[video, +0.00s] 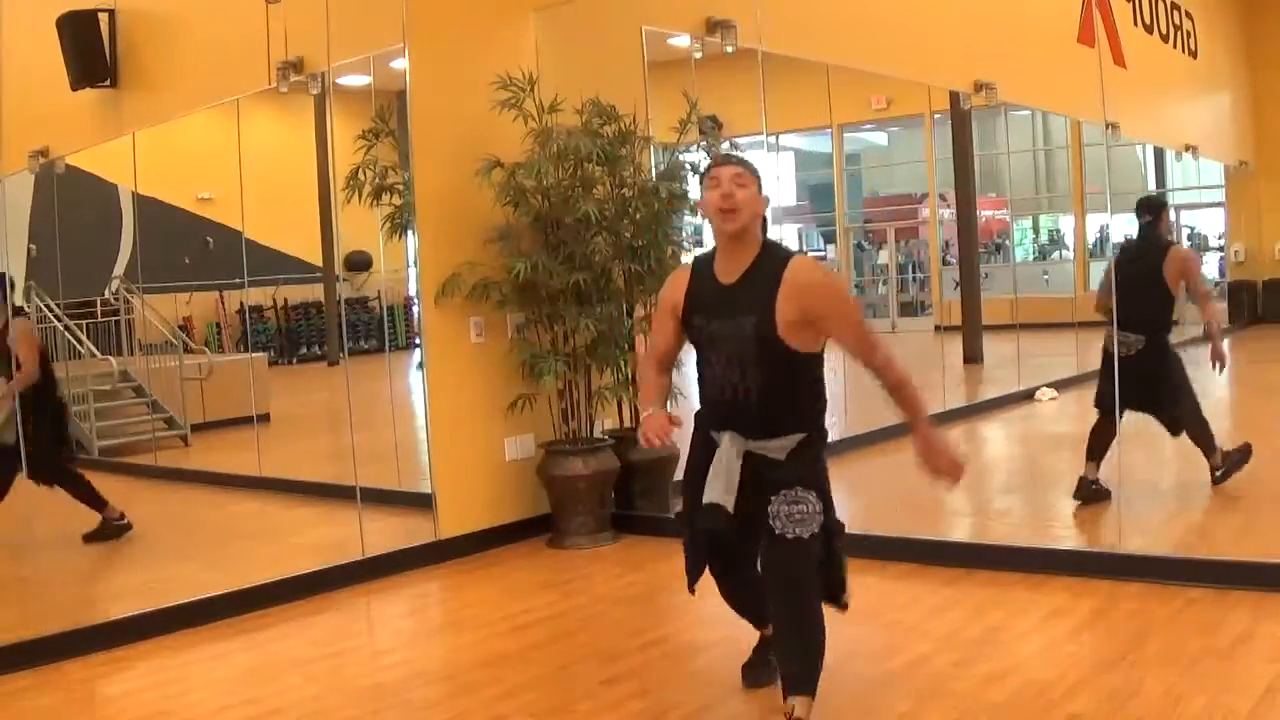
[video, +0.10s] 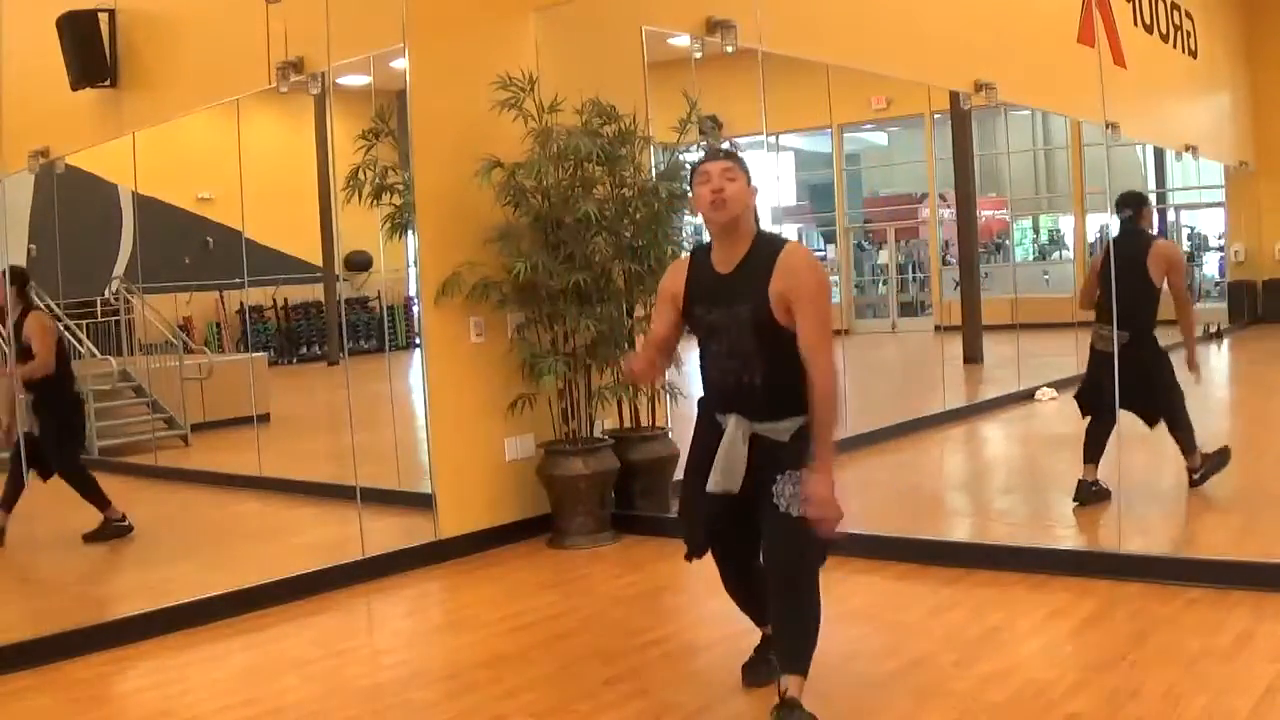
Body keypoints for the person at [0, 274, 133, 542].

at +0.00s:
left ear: (4, 296)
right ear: (7, 295)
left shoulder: (19, 327)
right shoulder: (12, 329)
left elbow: (30, 372)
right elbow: (28, 372)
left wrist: (7, 392)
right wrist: (8, 391)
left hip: (41, 409)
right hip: (28, 408)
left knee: (50, 467)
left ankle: (113, 516)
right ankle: (111, 515)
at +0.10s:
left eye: (2, 287)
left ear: (15, 289)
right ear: (13, 290)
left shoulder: (36, 320)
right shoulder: (14, 323)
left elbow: (46, 365)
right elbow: (16, 370)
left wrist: (12, 373)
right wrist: (9, 418)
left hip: (59, 405)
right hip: (38, 405)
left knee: (67, 464)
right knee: (19, 463)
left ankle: (114, 517)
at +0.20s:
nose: (6, 283)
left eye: (10, 276)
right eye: (6, 277)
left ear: (24, 277)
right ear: (22, 279)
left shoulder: (45, 307)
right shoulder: (22, 311)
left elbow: (39, 347)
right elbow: (17, 350)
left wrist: (9, 334)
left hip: (74, 396)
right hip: (56, 396)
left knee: (80, 455)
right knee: (34, 451)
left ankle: (117, 517)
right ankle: (29, 519)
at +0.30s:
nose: (10, 279)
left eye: (13, 273)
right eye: (10, 274)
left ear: (28, 274)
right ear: (27, 274)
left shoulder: (52, 301)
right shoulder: (32, 305)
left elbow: (25, 334)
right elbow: (10, 337)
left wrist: (12, 296)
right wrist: (11, 308)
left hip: (86, 390)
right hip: (66, 392)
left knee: (94, 450)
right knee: (48, 446)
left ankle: (119, 517)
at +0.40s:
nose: (11, 279)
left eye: (14, 274)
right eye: (12, 274)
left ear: (29, 274)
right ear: (27, 275)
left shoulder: (56, 300)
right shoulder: (32, 304)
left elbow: (25, 331)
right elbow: (9, 329)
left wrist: (13, 306)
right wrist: (13, 310)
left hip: (90, 391)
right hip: (66, 392)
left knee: (98, 452)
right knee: (65, 452)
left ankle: (116, 517)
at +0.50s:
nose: (11, 287)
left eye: (13, 280)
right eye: (10, 281)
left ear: (28, 276)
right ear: (27, 278)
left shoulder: (59, 298)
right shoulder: (31, 307)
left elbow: (37, 337)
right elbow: (17, 338)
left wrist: (9, 337)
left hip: (87, 387)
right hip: (65, 389)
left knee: (97, 449)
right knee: (64, 448)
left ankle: (118, 517)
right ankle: (122, 481)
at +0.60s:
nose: (12, 297)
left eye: (13, 290)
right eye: (10, 291)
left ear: (26, 283)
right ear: (24, 286)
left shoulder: (57, 302)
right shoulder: (32, 310)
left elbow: (55, 355)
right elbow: (25, 351)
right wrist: (19, 381)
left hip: (84, 389)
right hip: (67, 391)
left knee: (94, 449)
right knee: (57, 446)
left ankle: (118, 518)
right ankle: (113, 472)